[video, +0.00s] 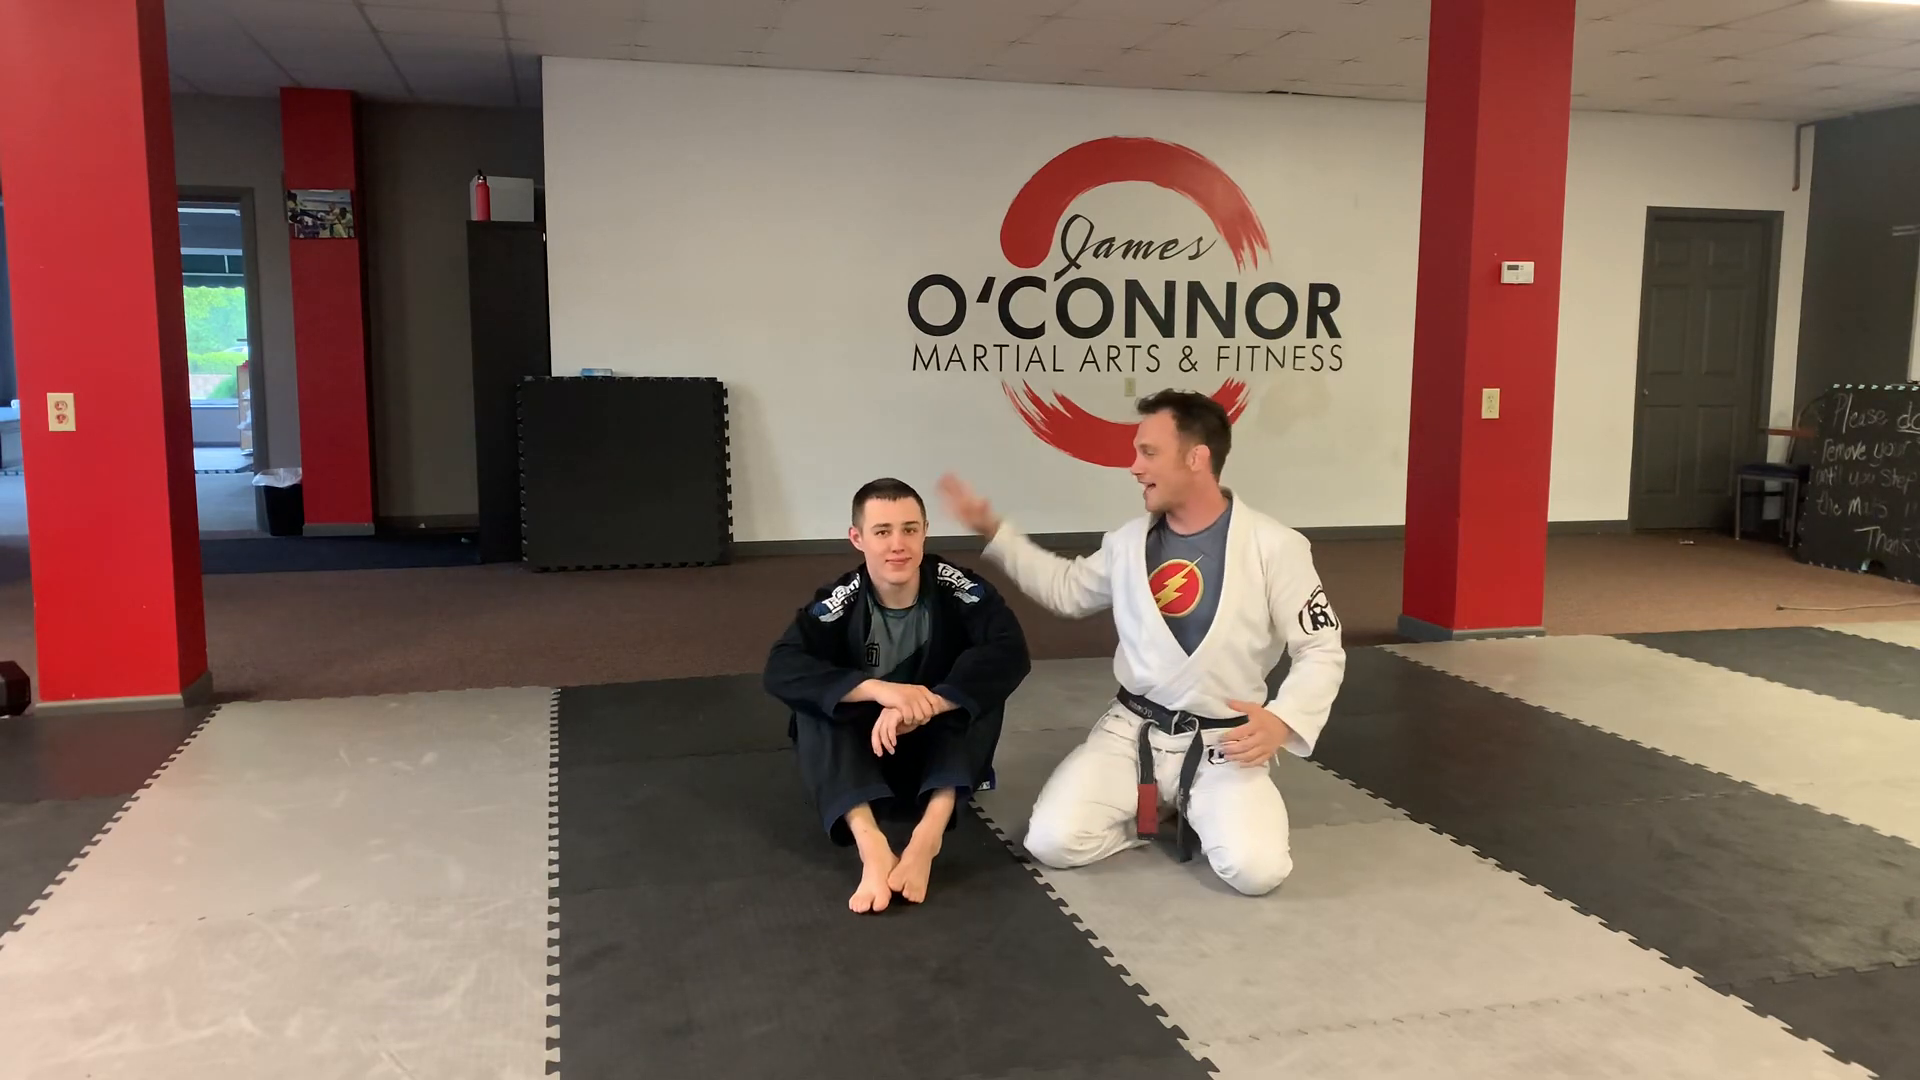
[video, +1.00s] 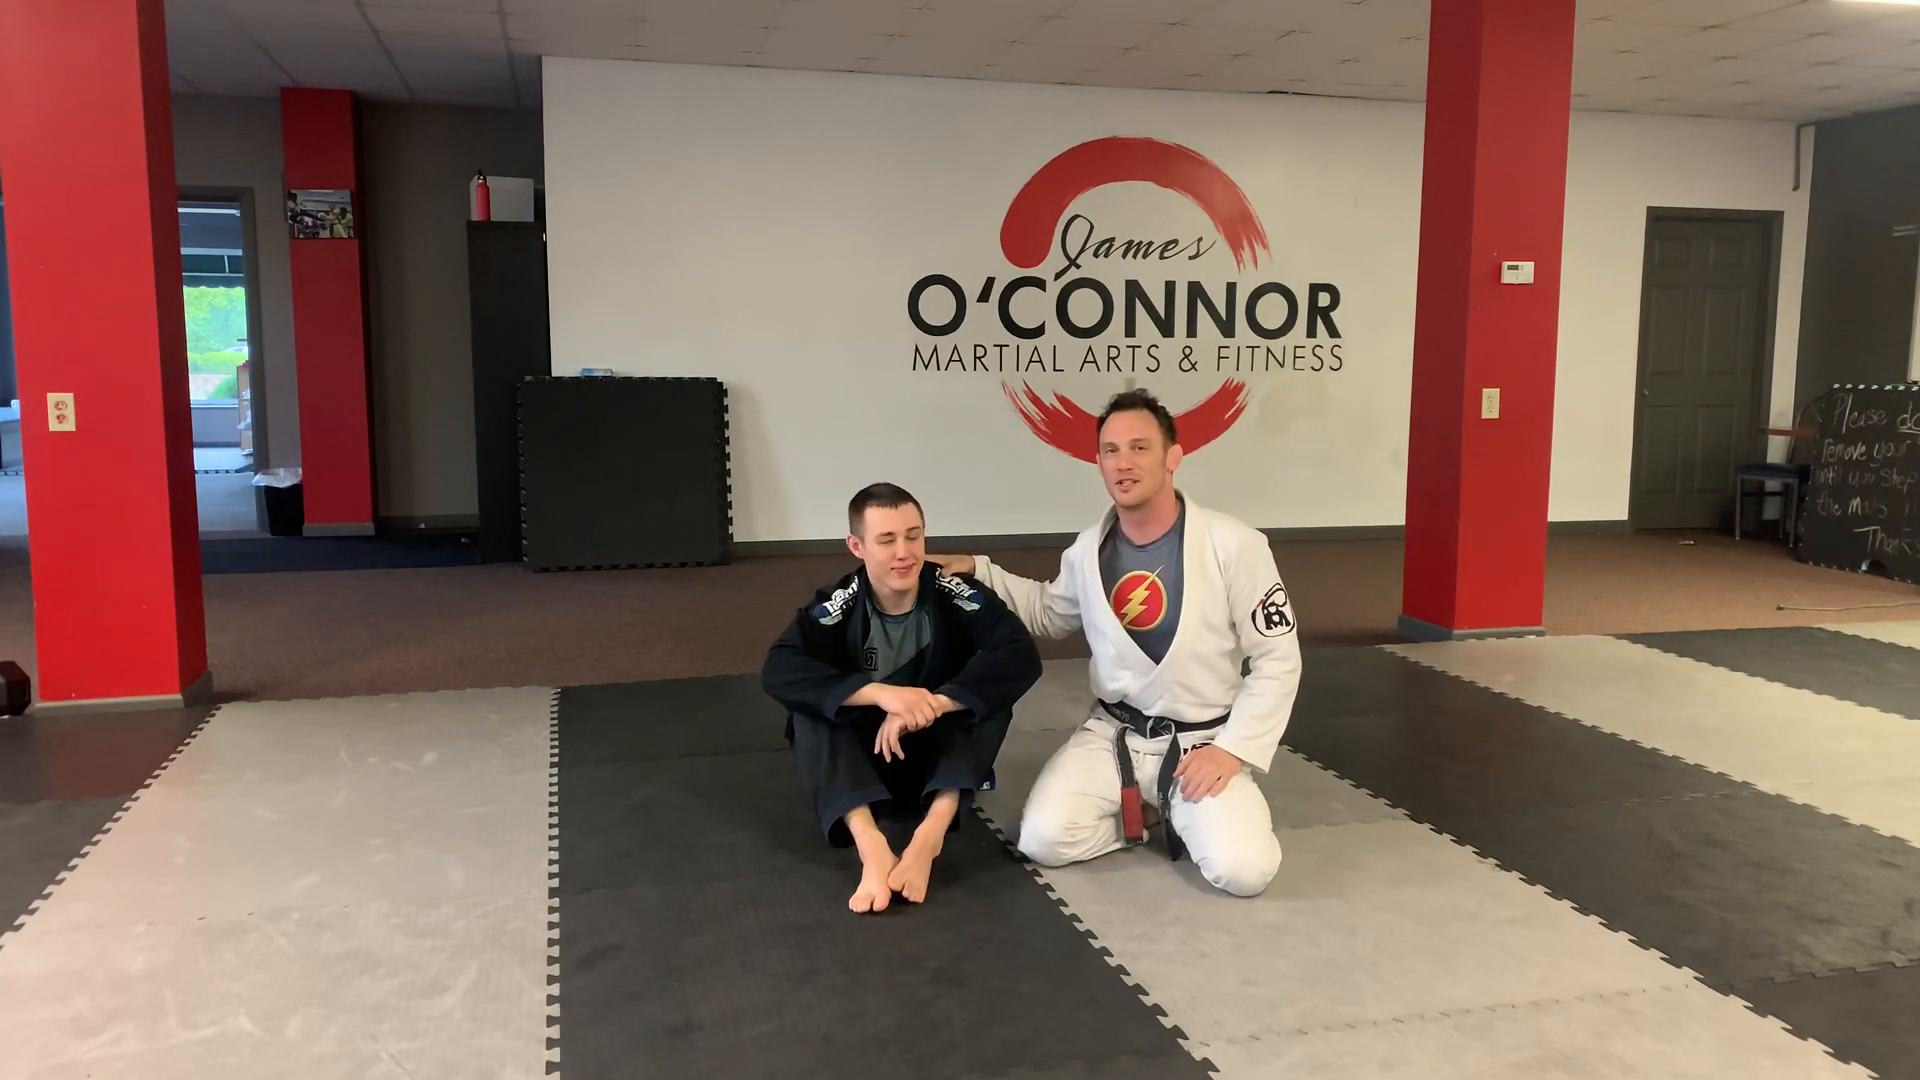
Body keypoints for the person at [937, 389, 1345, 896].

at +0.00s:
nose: (1135, 468)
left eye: (1149, 453)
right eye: (1136, 454)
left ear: (1197, 459)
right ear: (1189, 460)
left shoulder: (1274, 548)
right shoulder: (1129, 543)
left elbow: (1321, 651)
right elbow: (1067, 590)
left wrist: (1283, 723)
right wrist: (992, 530)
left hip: (1226, 744)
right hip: (1130, 730)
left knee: (1259, 871)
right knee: (1052, 842)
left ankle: (1203, 805)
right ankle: (1155, 803)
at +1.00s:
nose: (1123, 463)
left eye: (1139, 448)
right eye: (1110, 450)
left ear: (1173, 458)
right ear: (1098, 463)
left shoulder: (1235, 546)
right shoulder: (1086, 553)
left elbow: (1277, 659)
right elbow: (1049, 614)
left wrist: (1231, 750)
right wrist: (978, 569)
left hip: (1207, 739)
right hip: (1113, 732)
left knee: (1245, 871)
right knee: (1045, 840)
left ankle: (1185, 804)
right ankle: (1151, 811)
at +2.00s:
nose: (1127, 467)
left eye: (1144, 450)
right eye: (1115, 453)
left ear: (1176, 460)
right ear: (1102, 464)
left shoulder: (1239, 548)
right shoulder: (1089, 552)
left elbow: (1278, 661)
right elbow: (1050, 616)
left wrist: (1230, 749)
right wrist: (979, 568)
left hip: (1207, 739)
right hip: (1114, 732)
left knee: (1245, 871)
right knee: (1044, 841)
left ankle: (1186, 804)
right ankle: (1152, 810)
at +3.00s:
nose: (1166, 476)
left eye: (1182, 460)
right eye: (1162, 460)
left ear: (1231, 464)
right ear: (1157, 461)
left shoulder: (1282, 542)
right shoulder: (1141, 542)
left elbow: (1274, 636)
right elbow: (1077, 600)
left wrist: (1218, 543)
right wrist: (986, 582)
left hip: (1224, 739)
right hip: (1129, 727)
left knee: (1251, 867)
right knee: (1048, 842)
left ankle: (1198, 800)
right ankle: (1157, 809)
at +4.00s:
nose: (1194, 597)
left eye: (1214, 576)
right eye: (1181, 576)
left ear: (1258, 565)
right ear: (1167, 564)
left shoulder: (1323, 619)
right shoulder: (1148, 616)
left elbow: (1318, 763)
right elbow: (1132, 746)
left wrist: (1290, 897)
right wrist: (1098, 873)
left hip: (1277, 742)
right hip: (1188, 729)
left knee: (1253, 884)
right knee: (1103, 815)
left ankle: (1243, 791)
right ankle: (1201, 760)